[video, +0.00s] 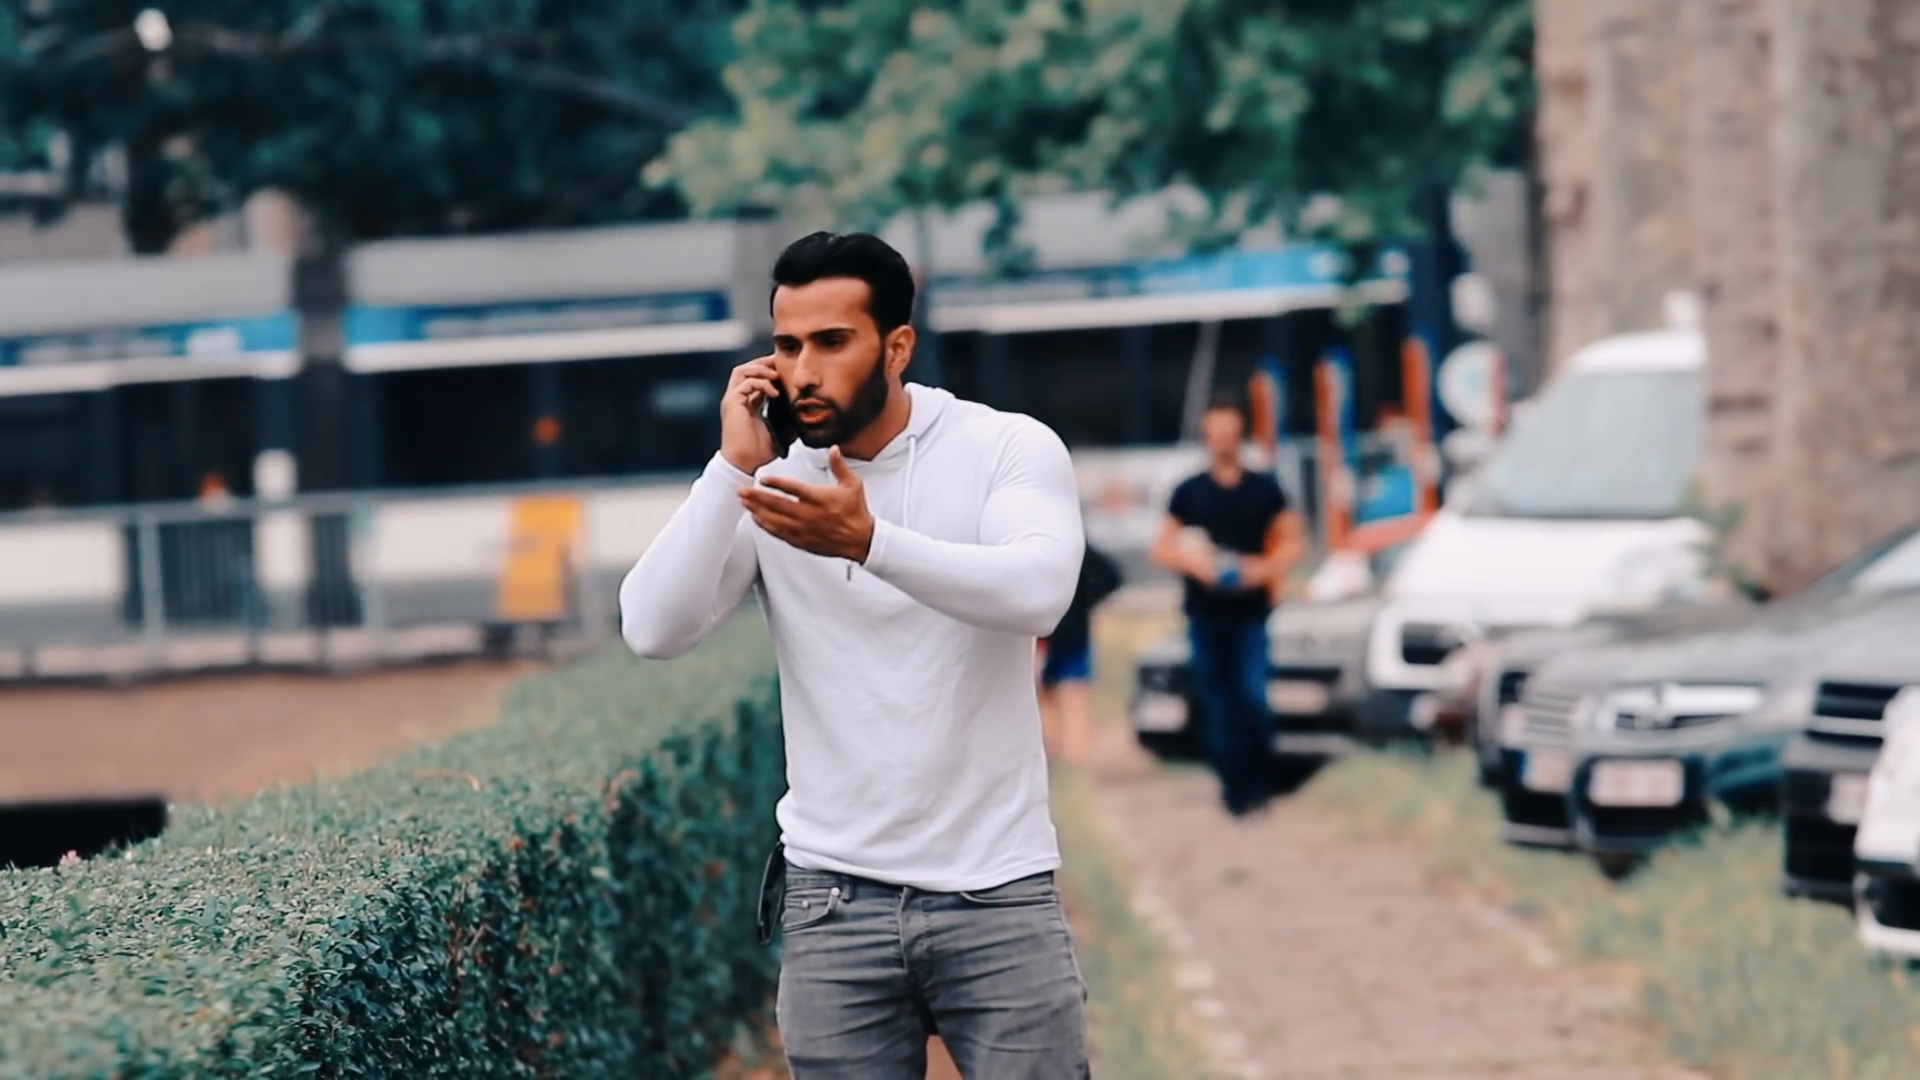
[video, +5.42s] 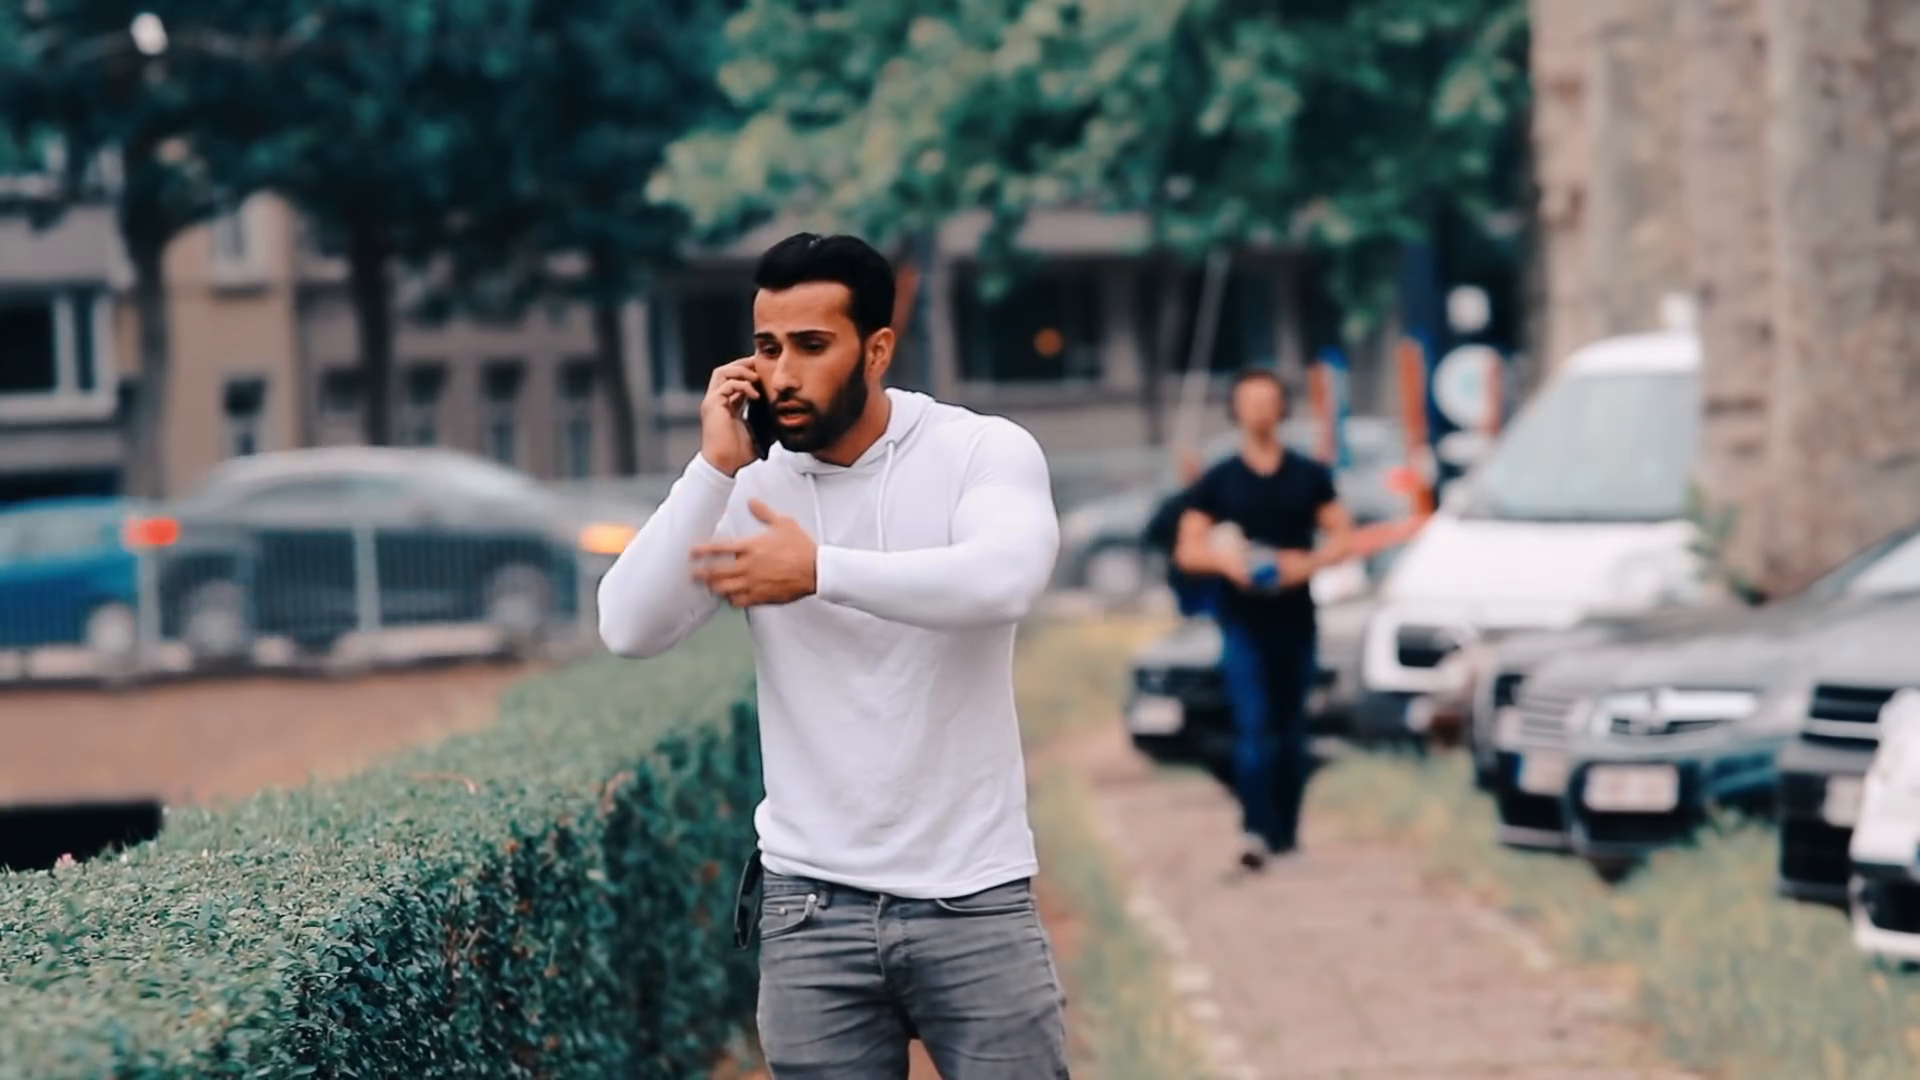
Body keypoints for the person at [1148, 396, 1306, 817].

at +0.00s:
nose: (1221, 440)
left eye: (1229, 432)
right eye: (1214, 432)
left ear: (1241, 435)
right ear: (1204, 435)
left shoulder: (1264, 488)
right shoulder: (1190, 492)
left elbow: (1291, 542)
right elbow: (1163, 547)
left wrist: (1262, 569)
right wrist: (1198, 566)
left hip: (1251, 609)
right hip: (1207, 611)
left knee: (1251, 695)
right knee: (1217, 700)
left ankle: (1258, 785)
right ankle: (1233, 787)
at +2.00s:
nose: (1224, 435)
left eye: (1231, 427)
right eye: (1216, 427)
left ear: (1242, 430)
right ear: (1202, 430)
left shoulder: (1264, 486)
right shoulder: (1182, 489)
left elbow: (1289, 548)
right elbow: (1155, 548)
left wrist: (1250, 565)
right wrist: (1188, 562)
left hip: (1245, 617)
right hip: (1198, 618)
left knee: (1253, 703)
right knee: (1203, 714)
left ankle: (1283, 802)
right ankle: (1212, 810)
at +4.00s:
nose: (1249, 430)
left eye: (1256, 420)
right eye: (1239, 421)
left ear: (1269, 426)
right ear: (1226, 429)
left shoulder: (1293, 494)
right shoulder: (1207, 492)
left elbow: (1321, 549)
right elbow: (1169, 557)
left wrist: (1292, 578)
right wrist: (1217, 571)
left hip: (1277, 629)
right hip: (1227, 631)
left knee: (1280, 723)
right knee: (1238, 732)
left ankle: (1292, 816)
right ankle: (1253, 832)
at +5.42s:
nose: (1259, 409)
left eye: (1267, 399)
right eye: (1250, 400)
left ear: (1282, 408)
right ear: (1236, 408)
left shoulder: (1309, 477)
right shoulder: (1219, 481)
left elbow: (1345, 538)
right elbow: (1188, 550)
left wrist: (1305, 563)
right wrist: (1228, 560)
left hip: (1293, 613)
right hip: (1242, 614)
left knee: (1287, 725)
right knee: (1254, 721)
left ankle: (1283, 833)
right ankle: (1255, 831)